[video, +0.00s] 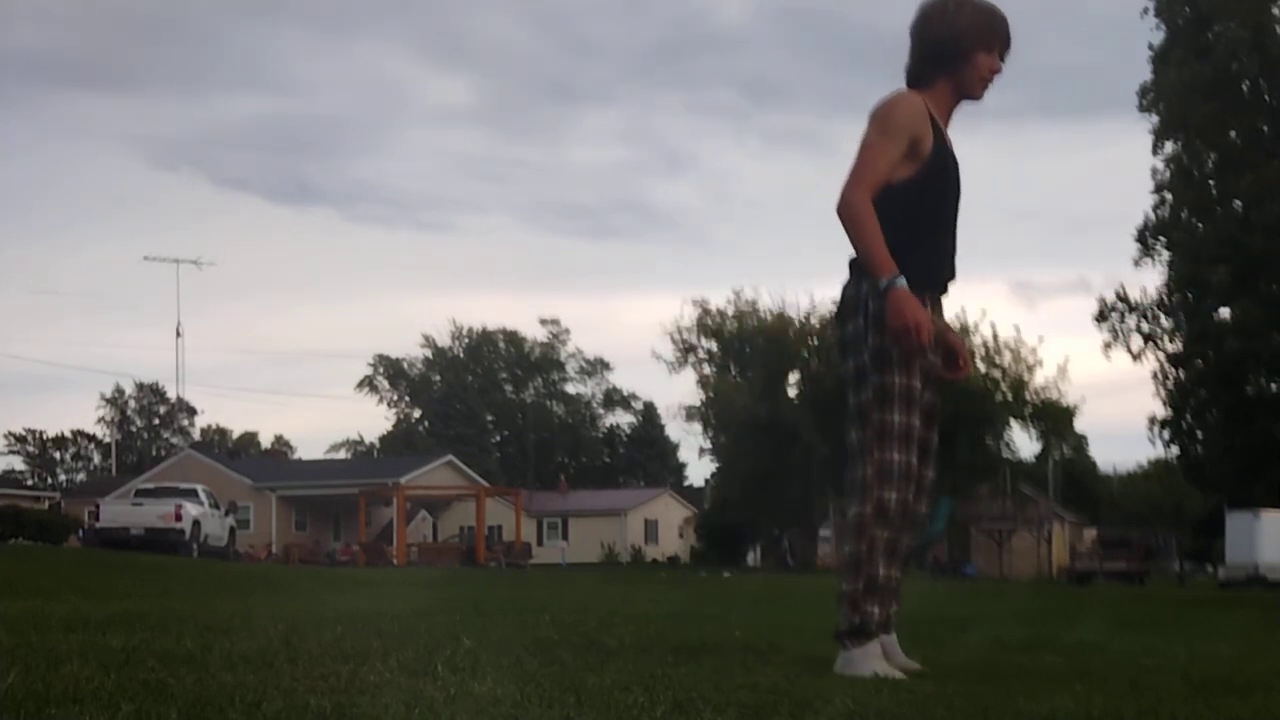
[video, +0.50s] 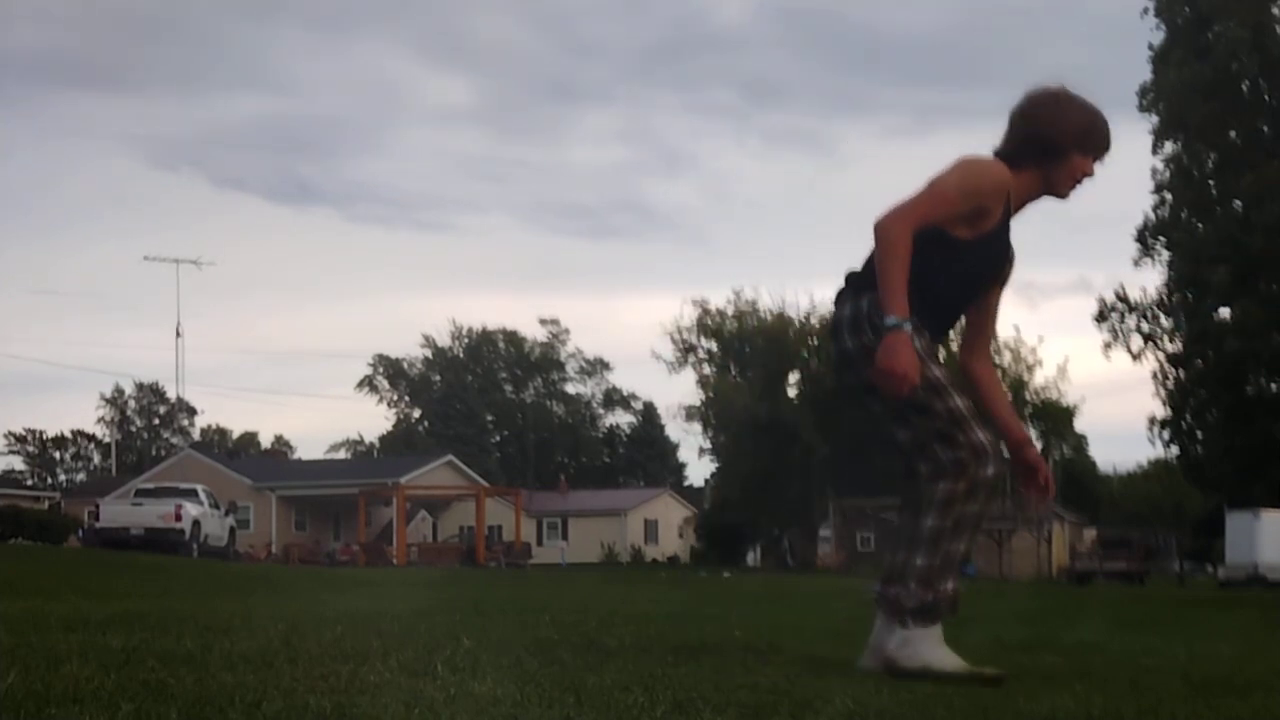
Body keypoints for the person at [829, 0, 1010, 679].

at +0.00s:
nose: (998, 69)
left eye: (1000, 58)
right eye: (992, 55)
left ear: (962, 56)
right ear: (960, 50)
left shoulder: (935, 135)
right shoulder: (905, 110)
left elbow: (914, 245)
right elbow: (853, 203)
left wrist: (939, 326)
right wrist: (893, 287)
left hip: (912, 316)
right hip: (884, 310)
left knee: (909, 475)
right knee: (886, 472)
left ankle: (880, 634)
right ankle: (857, 643)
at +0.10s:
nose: (1007, 73)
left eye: (1009, 62)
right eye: (1002, 59)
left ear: (969, 59)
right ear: (970, 54)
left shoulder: (941, 136)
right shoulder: (914, 111)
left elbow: (918, 246)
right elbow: (858, 204)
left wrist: (945, 328)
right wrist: (890, 298)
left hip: (918, 318)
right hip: (890, 314)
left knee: (914, 480)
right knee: (891, 476)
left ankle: (881, 636)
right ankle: (858, 644)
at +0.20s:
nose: (1020, 81)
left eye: (1023, 70)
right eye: (1015, 66)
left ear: (981, 66)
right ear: (981, 59)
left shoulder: (951, 142)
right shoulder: (925, 116)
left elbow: (915, 257)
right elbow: (861, 203)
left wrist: (952, 335)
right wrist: (881, 302)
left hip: (918, 318)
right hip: (892, 312)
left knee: (917, 481)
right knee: (898, 478)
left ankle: (881, 636)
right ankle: (860, 643)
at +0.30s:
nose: (1039, 99)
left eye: (1043, 89)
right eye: (1035, 84)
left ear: (996, 82)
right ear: (998, 76)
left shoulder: (965, 158)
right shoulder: (940, 125)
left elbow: (921, 281)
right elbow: (866, 205)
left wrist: (968, 354)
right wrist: (876, 302)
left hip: (913, 321)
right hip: (887, 315)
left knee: (929, 472)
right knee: (923, 469)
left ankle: (882, 634)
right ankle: (867, 639)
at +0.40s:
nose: (1062, 131)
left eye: (1066, 120)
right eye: (1059, 116)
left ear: (1033, 113)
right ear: (1025, 107)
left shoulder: (983, 193)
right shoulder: (962, 147)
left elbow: (943, 310)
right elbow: (878, 206)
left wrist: (994, 389)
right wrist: (882, 311)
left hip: (909, 329)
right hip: (879, 317)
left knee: (953, 464)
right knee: (952, 458)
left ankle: (883, 627)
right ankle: (877, 628)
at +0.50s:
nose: (1092, 170)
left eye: (1096, 159)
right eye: (1088, 155)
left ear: (1059, 155)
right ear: (1053, 145)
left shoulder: (999, 252)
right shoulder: (986, 177)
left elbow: (976, 354)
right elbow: (893, 225)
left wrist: (1020, 441)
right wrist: (896, 328)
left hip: (902, 336)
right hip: (876, 322)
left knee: (963, 461)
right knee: (968, 455)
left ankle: (897, 627)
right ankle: (912, 629)